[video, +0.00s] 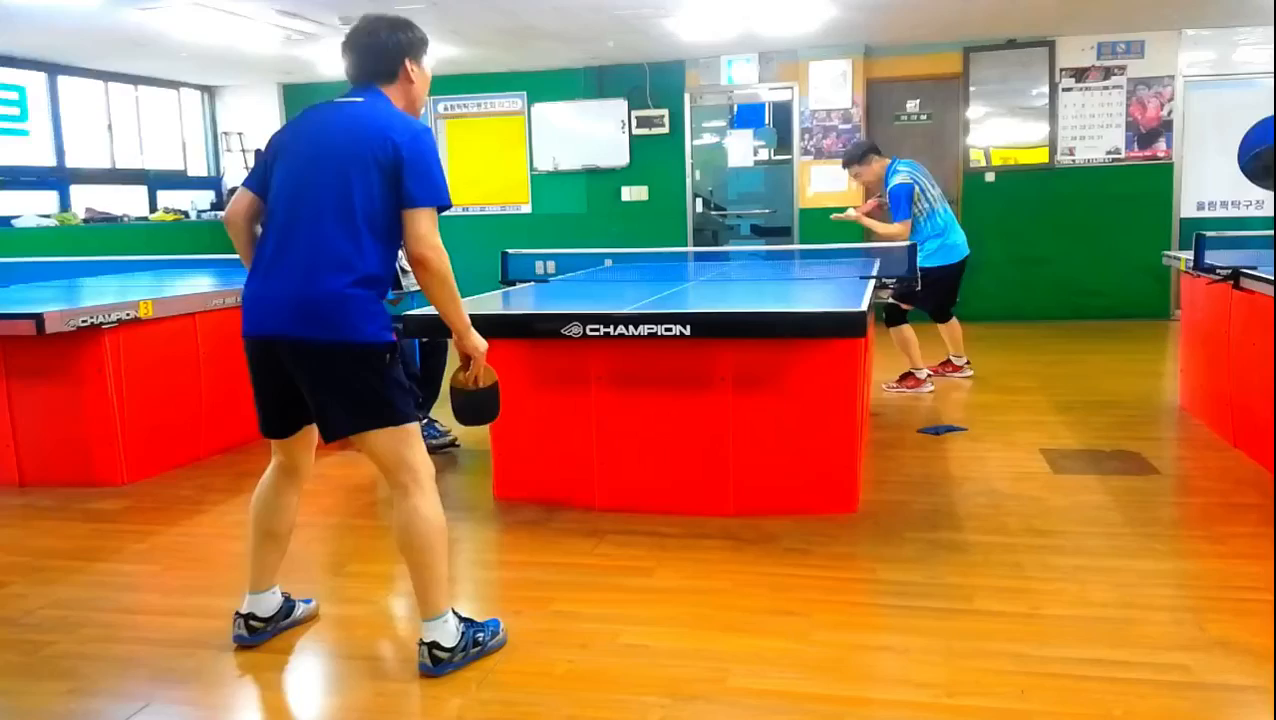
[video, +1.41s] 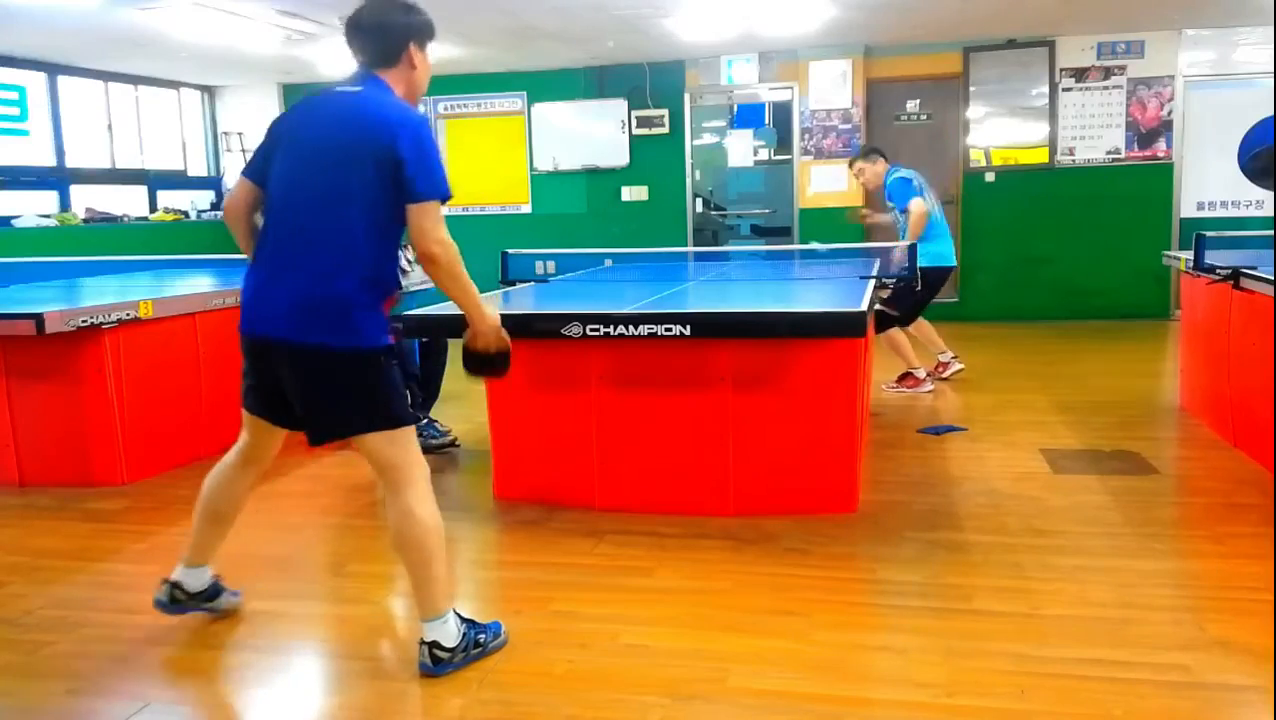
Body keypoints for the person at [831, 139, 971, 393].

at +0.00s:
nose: (860, 183)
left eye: (858, 176)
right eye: (855, 179)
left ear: (872, 162)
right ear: (875, 161)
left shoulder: (899, 183)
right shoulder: (907, 167)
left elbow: (901, 231)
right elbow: (917, 205)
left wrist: (862, 219)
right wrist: (884, 204)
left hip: (934, 257)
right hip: (953, 251)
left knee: (894, 312)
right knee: (939, 309)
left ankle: (918, 375)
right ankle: (959, 363)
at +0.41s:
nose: (869, 146)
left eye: (872, 138)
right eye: (867, 140)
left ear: (892, 133)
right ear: (896, 135)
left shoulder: (903, 163)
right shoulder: (920, 156)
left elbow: (896, 212)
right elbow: (922, 201)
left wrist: (853, 213)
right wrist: (890, 200)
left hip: (919, 251)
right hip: (937, 247)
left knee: (886, 312)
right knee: (925, 302)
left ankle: (918, 375)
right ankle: (951, 355)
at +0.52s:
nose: (879, 129)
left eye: (883, 122)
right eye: (878, 124)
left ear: (902, 121)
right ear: (907, 123)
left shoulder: (900, 149)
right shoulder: (929, 151)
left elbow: (874, 185)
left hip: (910, 243)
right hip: (931, 242)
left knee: (888, 308)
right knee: (920, 298)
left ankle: (917, 375)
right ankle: (944, 350)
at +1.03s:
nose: (897, 119)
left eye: (904, 114)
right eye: (900, 114)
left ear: (921, 120)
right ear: (927, 123)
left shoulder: (902, 144)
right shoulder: (941, 153)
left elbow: (883, 180)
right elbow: (944, 191)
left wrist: (860, 194)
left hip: (904, 238)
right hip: (928, 239)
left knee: (894, 307)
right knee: (919, 300)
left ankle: (918, 375)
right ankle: (946, 356)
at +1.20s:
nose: (884, 137)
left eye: (888, 130)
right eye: (885, 130)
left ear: (904, 131)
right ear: (914, 133)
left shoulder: (894, 155)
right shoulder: (937, 157)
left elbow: (883, 188)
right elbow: (960, 191)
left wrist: (866, 215)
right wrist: (932, 193)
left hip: (909, 245)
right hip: (936, 245)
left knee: (886, 312)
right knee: (917, 303)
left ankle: (917, 375)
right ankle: (946, 357)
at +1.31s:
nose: (874, 159)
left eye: (875, 151)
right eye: (873, 152)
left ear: (892, 144)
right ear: (902, 145)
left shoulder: (891, 166)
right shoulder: (930, 162)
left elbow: (887, 198)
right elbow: (955, 192)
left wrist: (880, 230)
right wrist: (928, 208)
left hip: (914, 253)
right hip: (939, 252)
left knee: (881, 313)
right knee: (912, 305)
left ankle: (916, 374)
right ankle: (946, 356)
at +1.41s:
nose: (861, 181)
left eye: (862, 173)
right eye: (857, 177)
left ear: (880, 163)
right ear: (882, 165)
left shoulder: (896, 181)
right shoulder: (905, 177)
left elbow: (919, 210)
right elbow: (906, 213)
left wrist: (905, 245)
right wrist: (877, 218)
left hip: (929, 261)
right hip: (938, 260)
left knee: (883, 318)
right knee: (907, 314)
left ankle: (917, 375)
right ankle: (947, 358)